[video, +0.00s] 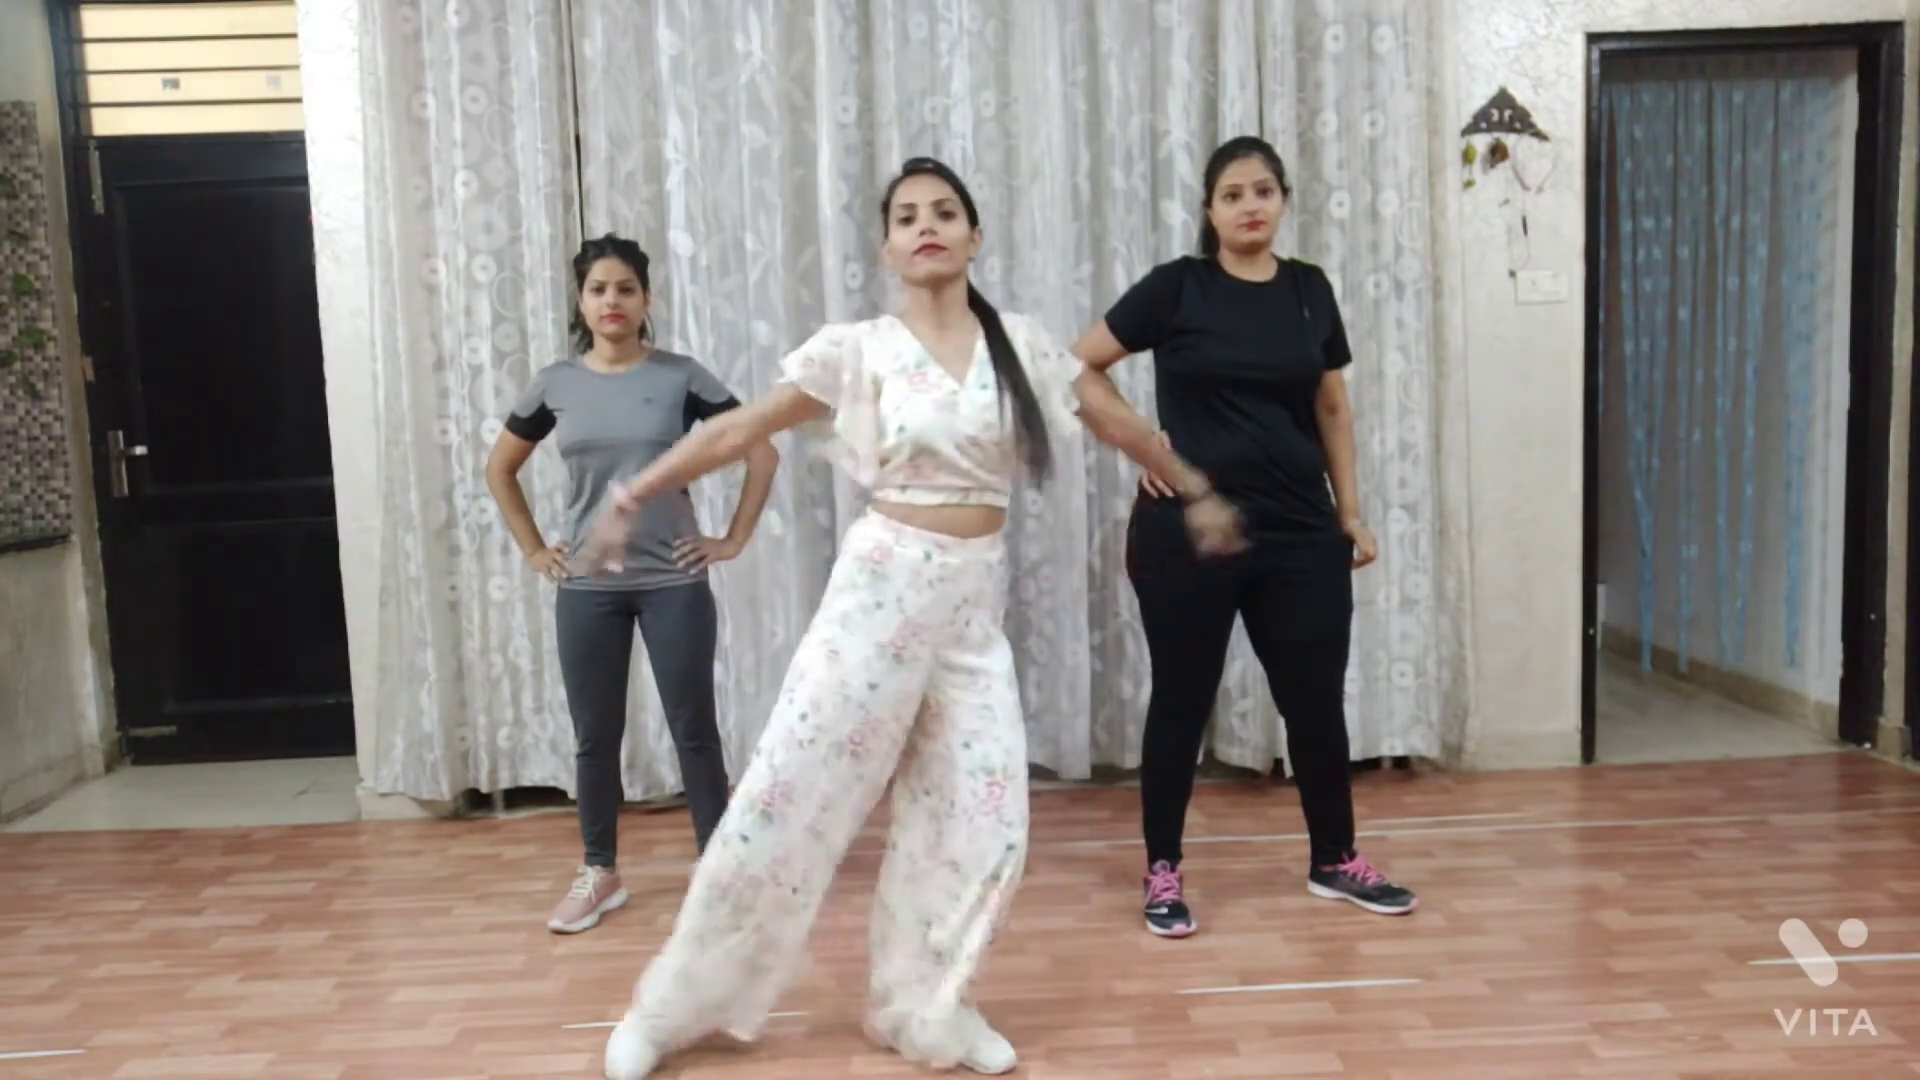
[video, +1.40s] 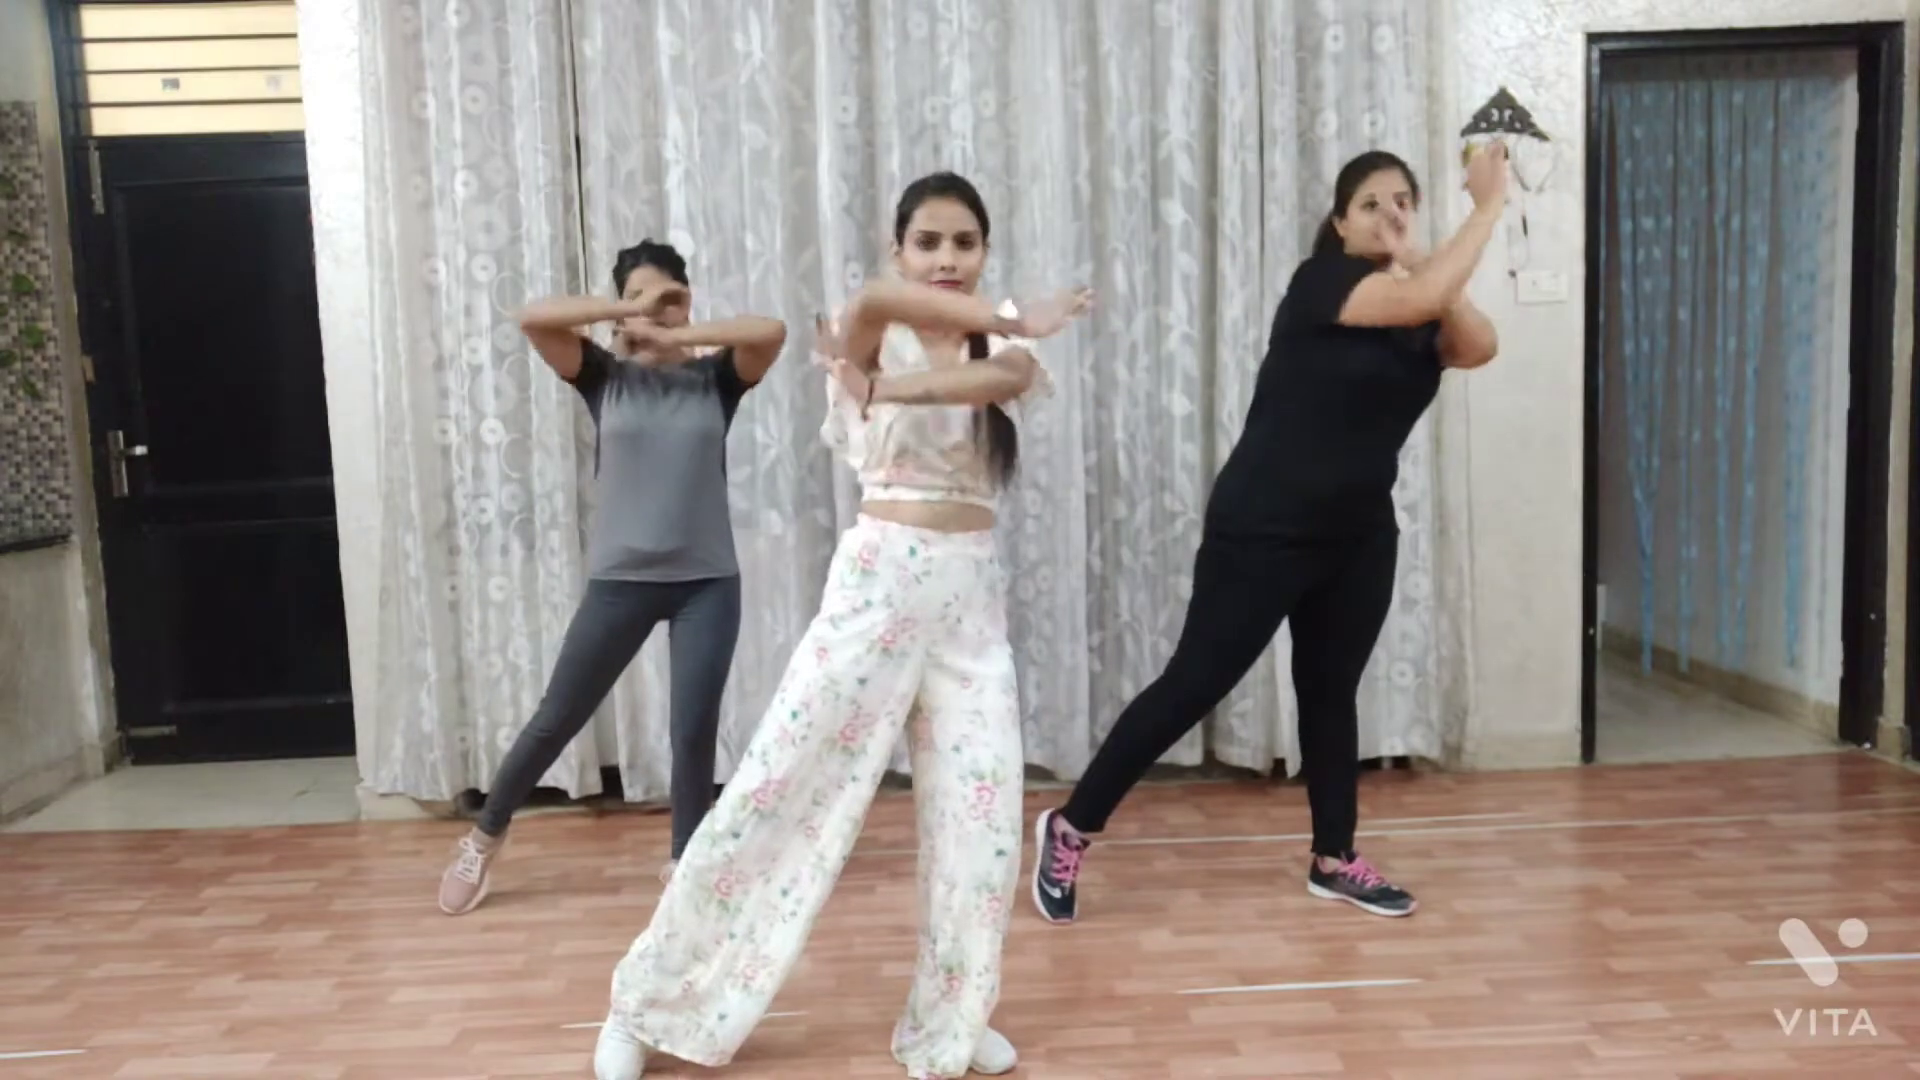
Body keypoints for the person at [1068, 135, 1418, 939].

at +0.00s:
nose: (1251, 206)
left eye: (1264, 192)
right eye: (1234, 194)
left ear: (1283, 203)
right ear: (1209, 207)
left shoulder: (1309, 290)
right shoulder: (1175, 289)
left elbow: (1334, 409)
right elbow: (1078, 369)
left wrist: (1349, 514)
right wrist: (1142, 443)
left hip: (1297, 528)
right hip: (1188, 526)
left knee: (1317, 701)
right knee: (1181, 701)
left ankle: (1336, 861)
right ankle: (1164, 871)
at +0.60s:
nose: (1343, 190)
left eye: (1357, 180)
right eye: (1327, 181)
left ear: (1379, 204)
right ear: (1303, 206)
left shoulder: (1394, 298)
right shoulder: (1269, 283)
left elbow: (1420, 402)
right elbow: (1159, 358)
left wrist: (1450, 488)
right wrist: (1131, 462)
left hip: (1357, 527)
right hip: (1252, 522)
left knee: (1340, 695)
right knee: (1190, 689)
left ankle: (1334, 859)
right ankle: (1078, 834)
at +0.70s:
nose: (1361, 200)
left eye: (1374, 190)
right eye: (1344, 191)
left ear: (1392, 212)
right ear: (1317, 213)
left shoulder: (1405, 307)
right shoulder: (1284, 278)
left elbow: (1485, 375)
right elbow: (1176, 314)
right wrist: (1152, 404)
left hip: (1358, 528)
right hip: (1256, 520)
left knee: (1336, 692)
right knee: (1195, 689)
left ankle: (1335, 856)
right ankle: (1079, 836)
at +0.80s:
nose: (1370, 204)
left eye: (1383, 194)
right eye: (1353, 194)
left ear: (1397, 215)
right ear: (1323, 214)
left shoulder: (1412, 306)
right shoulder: (1292, 270)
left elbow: (1511, 335)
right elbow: (1229, 278)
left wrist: (1611, 349)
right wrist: (1241, 331)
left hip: (1357, 527)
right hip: (1260, 517)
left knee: (1335, 691)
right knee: (1195, 687)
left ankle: (1335, 856)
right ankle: (1077, 831)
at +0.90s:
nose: (1374, 209)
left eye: (1386, 198)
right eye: (1357, 198)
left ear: (1399, 215)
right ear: (1325, 216)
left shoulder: (1414, 301)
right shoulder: (1296, 269)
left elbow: (1521, 309)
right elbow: (1270, 255)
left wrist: (1617, 296)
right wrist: (1337, 282)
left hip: (1356, 530)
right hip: (1257, 520)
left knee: (1333, 694)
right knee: (1195, 684)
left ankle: (1335, 857)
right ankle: (1075, 831)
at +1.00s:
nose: (1379, 209)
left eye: (1393, 200)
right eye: (1363, 199)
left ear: (1413, 217)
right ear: (1333, 221)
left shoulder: (1417, 306)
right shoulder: (1311, 282)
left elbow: (1519, 299)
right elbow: (1349, 243)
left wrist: (1522, 224)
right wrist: (1467, 204)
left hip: (1356, 532)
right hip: (1259, 522)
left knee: (1330, 695)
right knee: (1188, 685)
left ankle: (1334, 857)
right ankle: (1069, 831)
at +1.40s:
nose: (1393, 215)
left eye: (1405, 203)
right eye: (1374, 204)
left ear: (1417, 220)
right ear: (1341, 221)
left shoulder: (1418, 313)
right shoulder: (1323, 282)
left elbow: (1481, 347)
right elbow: (1425, 298)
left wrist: (1426, 273)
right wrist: (1490, 206)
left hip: (1355, 529)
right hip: (1263, 521)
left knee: (1332, 693)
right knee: (1193, 686)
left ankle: (1334, 858)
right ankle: (1070, 830)